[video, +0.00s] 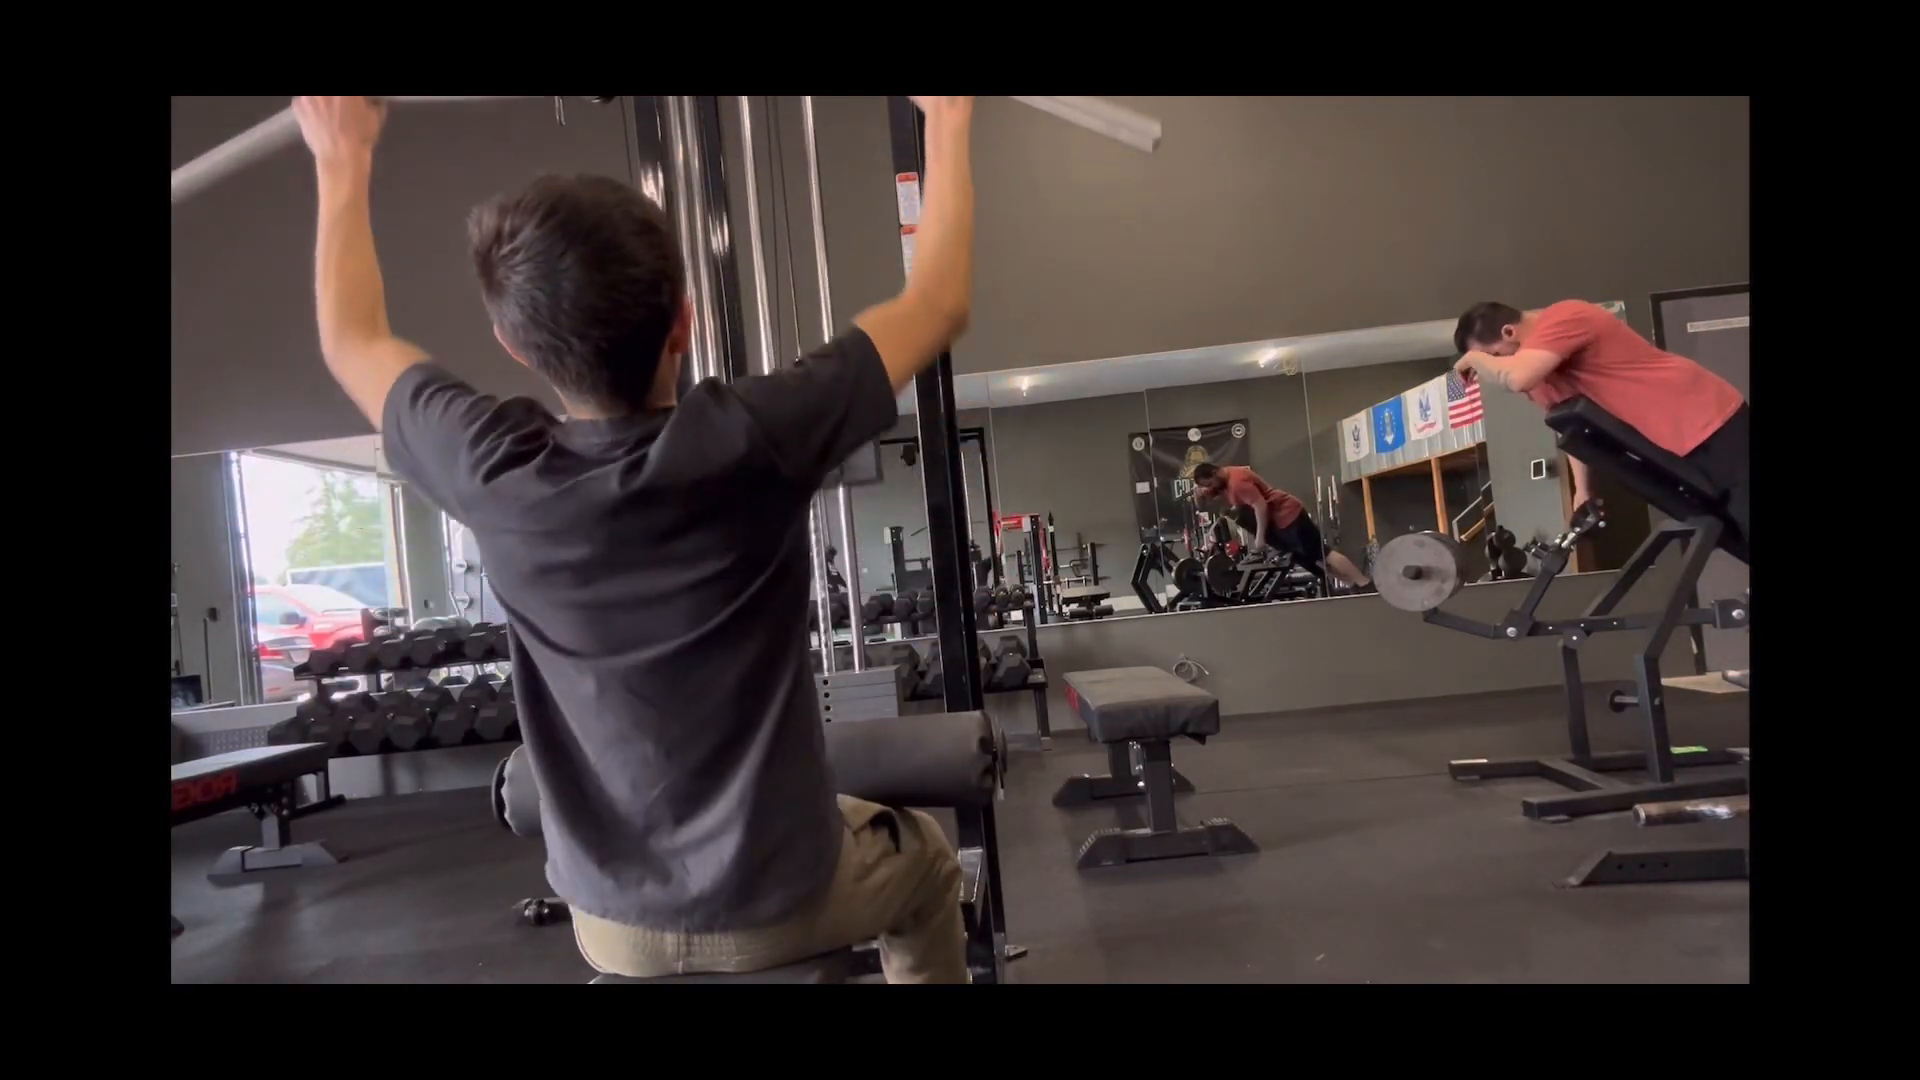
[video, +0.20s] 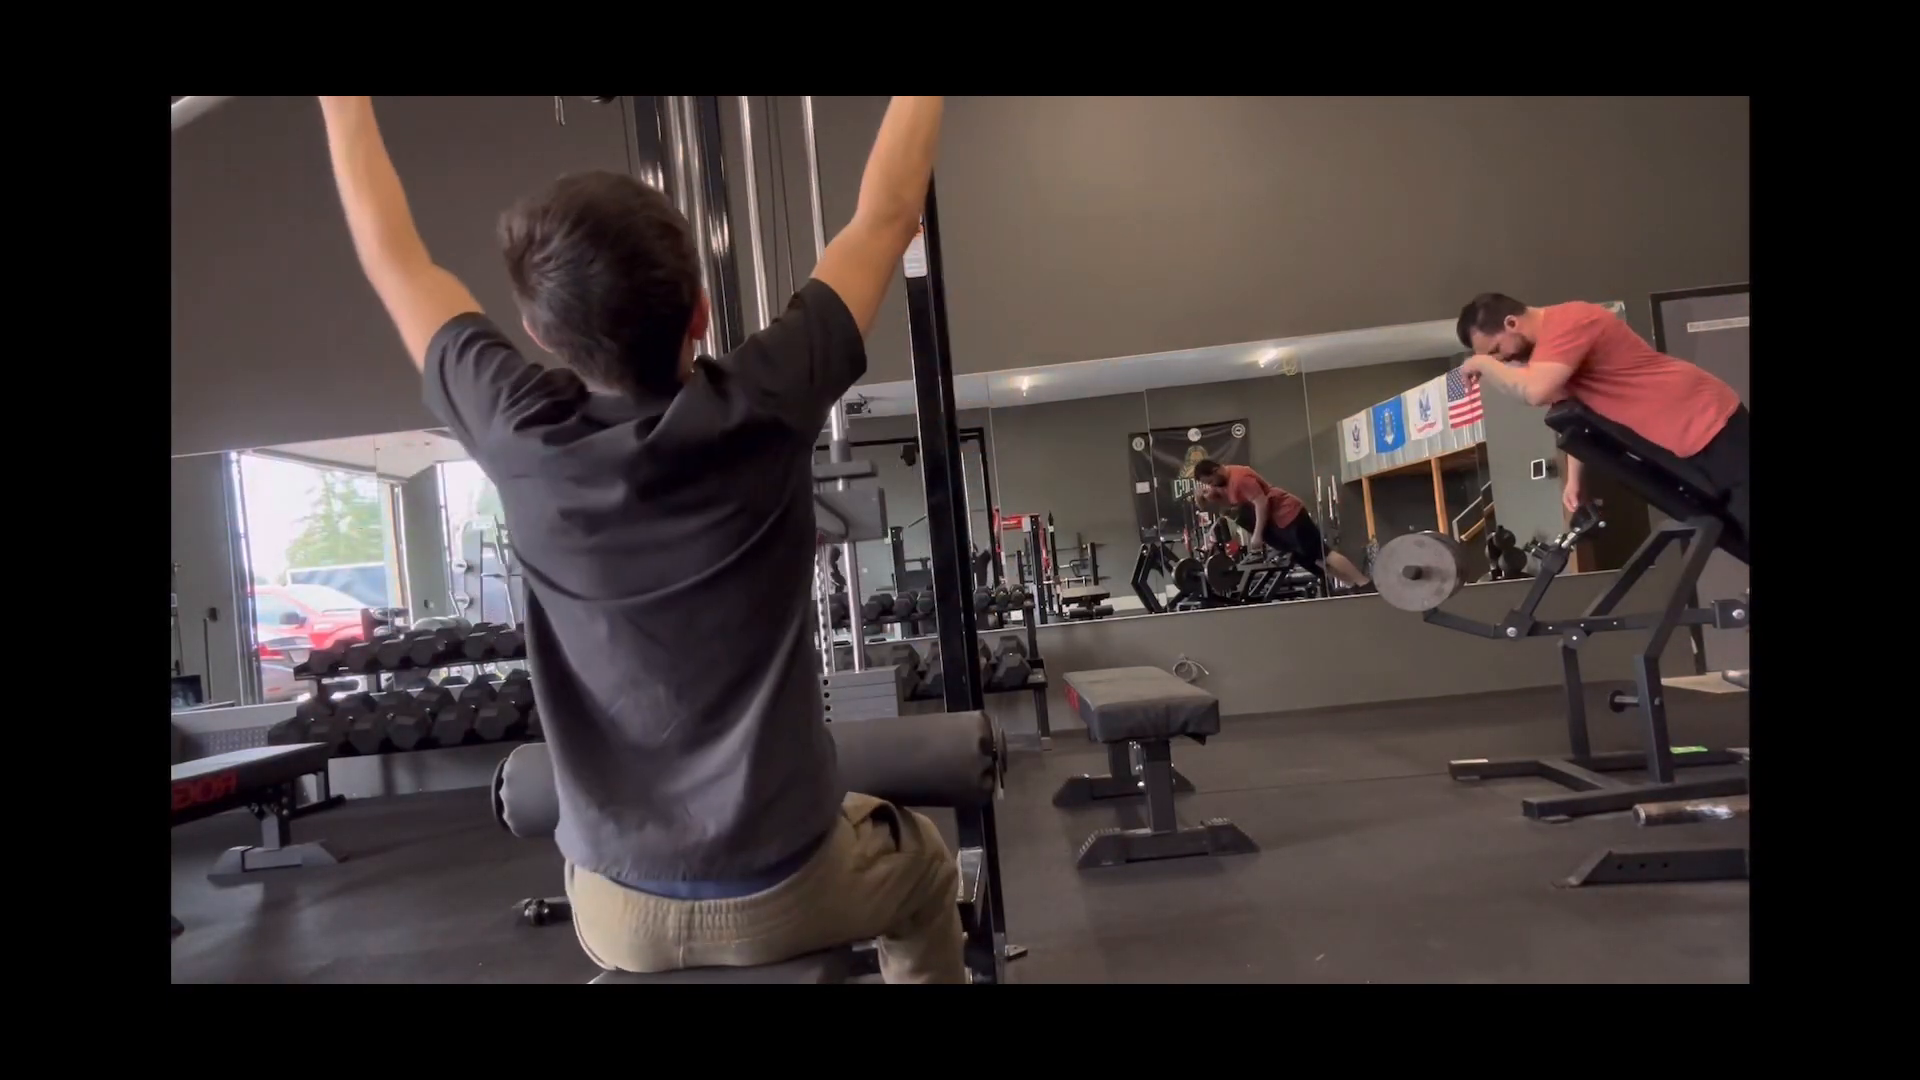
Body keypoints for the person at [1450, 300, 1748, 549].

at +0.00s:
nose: (1496, 366)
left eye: (1494, 357)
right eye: (1490, 361)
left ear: (1508, 333)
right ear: (1507, 333)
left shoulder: (1566, 317)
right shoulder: (1535, 372)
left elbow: (1517, 376)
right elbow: (1572, 429)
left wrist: (1475, 359)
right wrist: (1583, 492)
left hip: (1711, 419)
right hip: (1671, 448)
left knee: (1743, 523)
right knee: (1727, 533)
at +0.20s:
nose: (1500, 360)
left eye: (1497, 350)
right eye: (1493, 355)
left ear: (1511, 322)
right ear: (1510, 323)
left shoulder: (1568, 321)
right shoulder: (1543, 349)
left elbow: (1537, 391)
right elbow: (1572, 420)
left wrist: (1485, 364)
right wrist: (1573, 481)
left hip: (1707, 419)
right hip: (1678, 441)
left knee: (1745, 520)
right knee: (1731, 528)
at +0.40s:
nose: (1501, 354)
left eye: (1498, 343)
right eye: (1492, 350)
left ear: (1514, 316)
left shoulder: (1579, 324)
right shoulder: (1531, 365)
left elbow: (1598, 400)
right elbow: (1568, 423)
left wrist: (1521, 425)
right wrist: (1568, 483)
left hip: (1705, 420)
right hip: (1666, 448)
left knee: (1746, 513)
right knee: (1729, 532)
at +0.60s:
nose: (1502, 345)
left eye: (1501, 334)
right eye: (1495, 340)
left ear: (1520, 308)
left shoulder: (1590, 320)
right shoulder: (1532, 362)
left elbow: (1612, 401)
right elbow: (1542, 423)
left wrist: (1559, 464)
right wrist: (1540, 496)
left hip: (1707, 422)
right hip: (1663, 450)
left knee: (1745, 517)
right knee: (1729, 535)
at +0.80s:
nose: (1507, 335)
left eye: (1504, 324)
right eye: (1499, 330)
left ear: (1526, 298)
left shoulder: (1584, 319)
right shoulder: (1528, 358)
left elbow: (1569, 412)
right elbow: (1519, 424)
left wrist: (1524, 475)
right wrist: (1496, 490)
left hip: (1707, 421)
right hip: (1668, 448)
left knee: (1745, 520)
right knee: (1731, 534)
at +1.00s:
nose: (1503, 328)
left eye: (1502, 315)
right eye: (1495, 321)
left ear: (1528, 293)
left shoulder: (1575, 321)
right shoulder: (1520, 355)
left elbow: (1541, 421)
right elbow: (1504, 421)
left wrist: (1497, 486)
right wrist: (1482, 490)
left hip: (1708, 423)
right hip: (1669, 449)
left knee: (1744, 522)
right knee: (1731, 535)